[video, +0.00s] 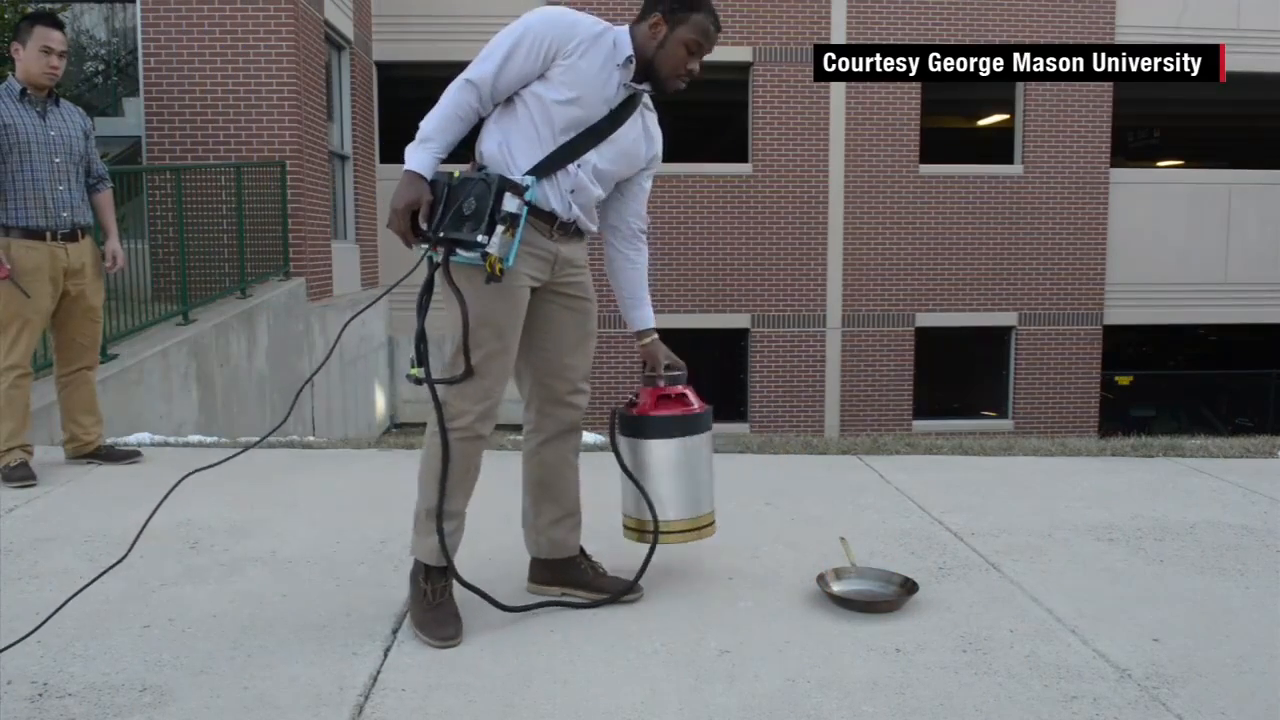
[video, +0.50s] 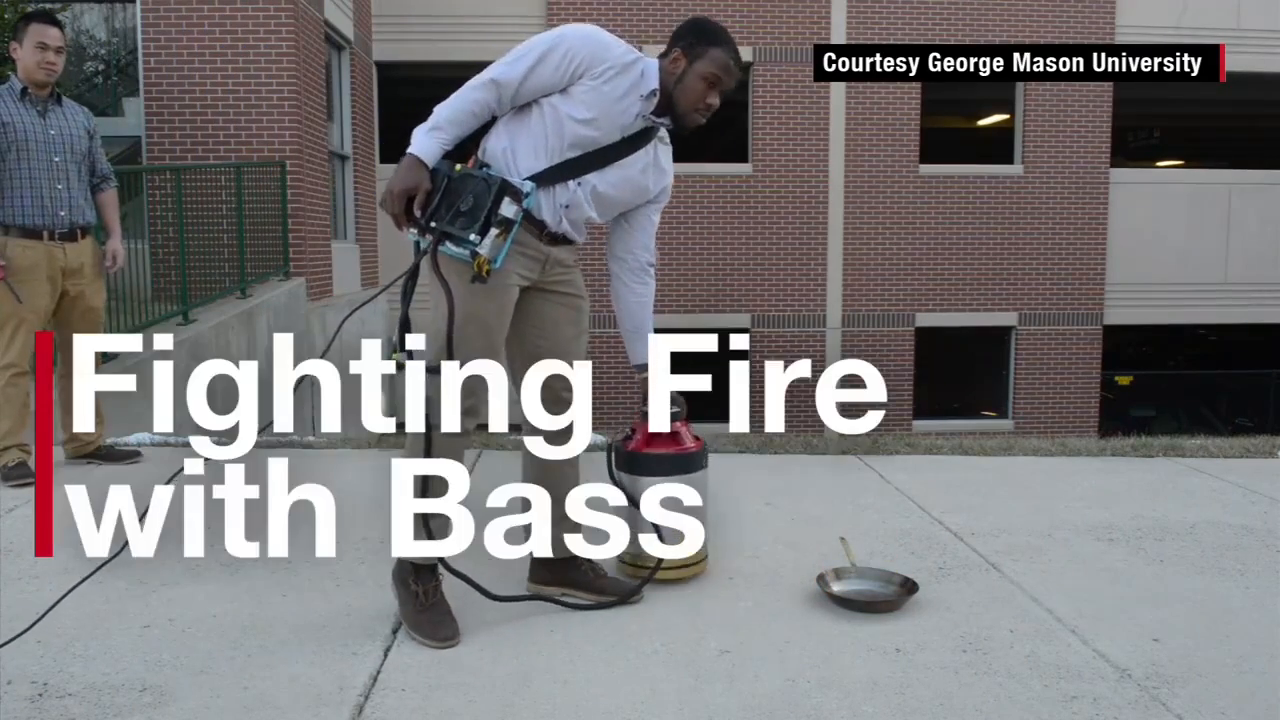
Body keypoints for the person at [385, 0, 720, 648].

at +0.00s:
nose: (695, 69)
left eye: (703, 59)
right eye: (692, 50)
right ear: (654, 24)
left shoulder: (646, 135)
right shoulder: (563, 31)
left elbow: (629, 239)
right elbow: (475, 87)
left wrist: (646, 334)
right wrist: (416, 170)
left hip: (566, 254)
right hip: (493, 233)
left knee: (560, 406)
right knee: (468, 408)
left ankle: (555, 558)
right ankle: (433, 570)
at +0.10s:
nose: (701, 78)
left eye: (709, 67)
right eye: (698, 59)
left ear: (694, 61)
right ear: (659, 33)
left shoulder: (648, 145)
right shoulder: (569, 36)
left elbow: (630, 249)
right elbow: (478, 87)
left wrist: (648, 341)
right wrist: (414, 166)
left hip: (563, 255)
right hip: (491, 233)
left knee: (559, 412)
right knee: (466, 412)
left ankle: (554, 558)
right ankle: (427, 568)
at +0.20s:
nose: (706, 92)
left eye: (715, 82)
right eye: (705, 73)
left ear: (687, 64)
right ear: (668, 45)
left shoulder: (651, 155)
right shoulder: (578, 42)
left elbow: (633, 257)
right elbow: (483, 87)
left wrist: (651, 350)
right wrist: (415, 160)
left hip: (559, 256)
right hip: (486, 233)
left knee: (559, 411)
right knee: (462, 410)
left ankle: (554, 558)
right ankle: (420, 565)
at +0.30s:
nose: (709, 97)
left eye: (718, 88)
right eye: (708, 79)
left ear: (688, 69)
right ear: (672, 51)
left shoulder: (652, 160)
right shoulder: (584, 45)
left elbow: (634, 262)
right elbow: (486, 88)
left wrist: (650, 356)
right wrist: (417, 158)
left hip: (559, 258)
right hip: (485, 232)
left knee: (559, 411)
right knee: (462, 409)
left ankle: (554, 557)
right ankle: (417, 564)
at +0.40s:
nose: (713, 102)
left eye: (722, 93)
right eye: (709, 82)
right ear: (673, 56)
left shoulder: (653, 167)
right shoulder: (590, 50)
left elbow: (634, 269)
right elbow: (490, 89)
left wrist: (651, 364)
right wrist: (417, 159)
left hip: (558, 257)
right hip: (484, 231)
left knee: (558, 411)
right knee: (463, 409)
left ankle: (555, 557)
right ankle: (418, 563)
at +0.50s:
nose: (713, 105)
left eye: (724, 98)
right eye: (710, 85)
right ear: (674, 59)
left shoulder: (655, 171)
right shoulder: (593, 52)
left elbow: (635, 271)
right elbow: (491, 89)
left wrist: (651, 369)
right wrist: (418, 158)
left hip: (556, 258)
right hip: (484, 231)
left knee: (558, 411)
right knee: (465, 408)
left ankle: (555, 557)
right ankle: (419, 565)